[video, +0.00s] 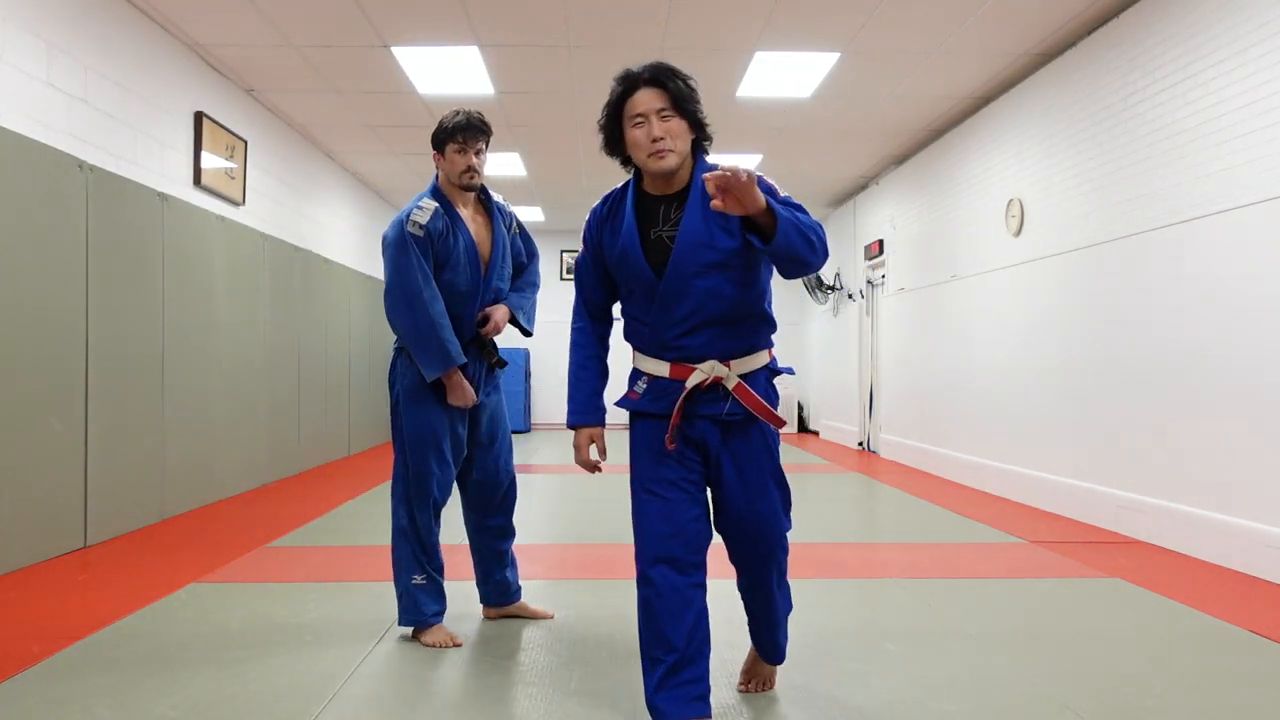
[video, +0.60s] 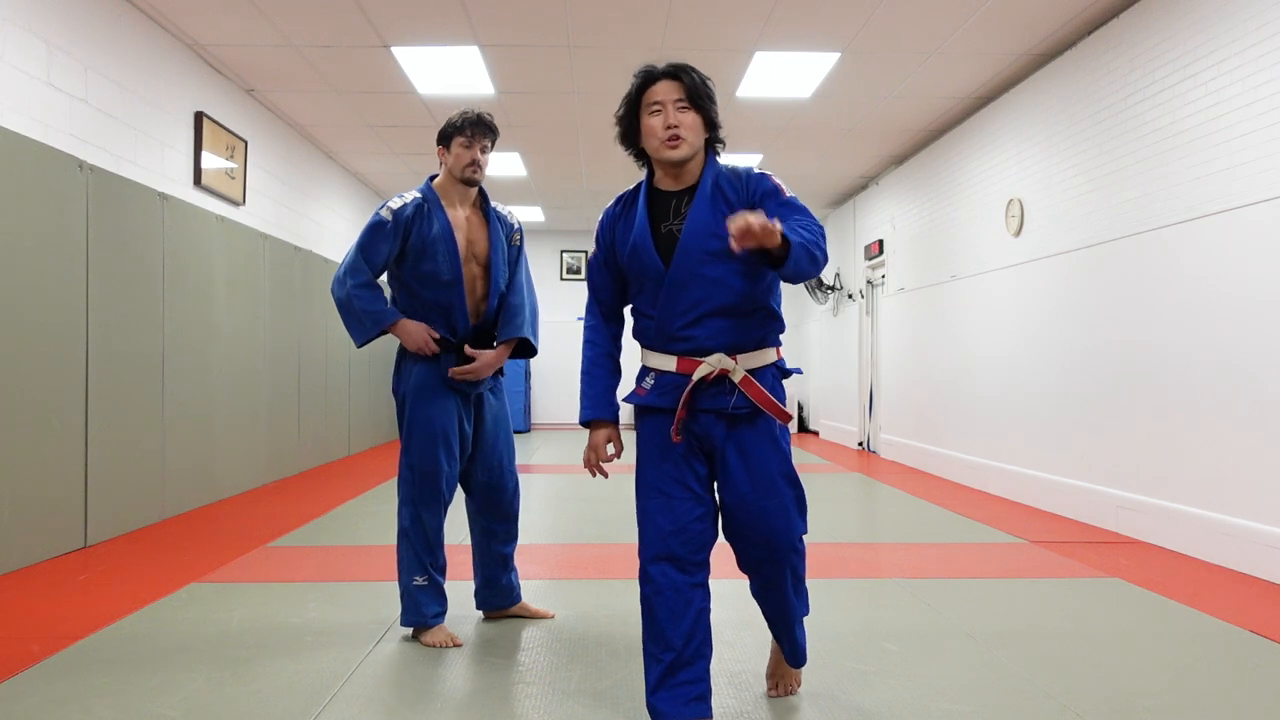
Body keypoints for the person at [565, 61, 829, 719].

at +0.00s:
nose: (656, 129)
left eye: (668, 115)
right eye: (639, 121)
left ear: (693, 126)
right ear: (622, 142)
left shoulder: (740, 189)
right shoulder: (608, 219)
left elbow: (811, 256)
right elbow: (590, 319)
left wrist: (763, 213)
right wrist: (585, 412)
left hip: (743, 395)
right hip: (658, 401)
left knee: (758, 541)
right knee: (666, 566)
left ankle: (767, 648)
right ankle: (678, 708)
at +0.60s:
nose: (671, 120)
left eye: (683, 107)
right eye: (655, 111)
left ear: (707, 121)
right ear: (637, 131)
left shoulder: (750, 187)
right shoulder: (620, 218)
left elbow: (813, 255)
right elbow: (601, 319)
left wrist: (777, 242)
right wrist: (598, 415)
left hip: (750, 390)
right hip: (664, 396)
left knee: (770, 541)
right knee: (669, 563)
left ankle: (787, 645)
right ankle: (679, 709)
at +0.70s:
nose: (690, 122)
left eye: (702, 112)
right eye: (676, 114)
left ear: (726, 129)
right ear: (656, 135)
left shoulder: (762, 196)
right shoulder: (635, 223)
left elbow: (802, 252)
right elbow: (615, 322)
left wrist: (807, 324)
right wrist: (611, 413)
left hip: (757, 390)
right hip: (671, 399)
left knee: (774, 542)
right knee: (672, 562)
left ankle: (788, 652)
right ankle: (679, 709)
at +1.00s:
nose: (720, 151)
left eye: (736, 142)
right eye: (715, 143)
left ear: (771, 156)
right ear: (709, 157)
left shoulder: (811, 234)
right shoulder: (686, 234)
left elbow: (842, 332)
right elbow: (665, 327)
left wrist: (842, 424)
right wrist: (662, 411)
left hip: (787, 409)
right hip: (705, 408)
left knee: (781, 549)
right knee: (700, 547)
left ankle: (774, 662)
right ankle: (694, 688)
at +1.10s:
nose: (729, 150)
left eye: (745, 140)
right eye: (727, 140)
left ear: (781, 154)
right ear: (723, 153)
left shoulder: (818, 231)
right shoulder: (695, 231)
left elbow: (855, 327)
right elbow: (674, 319)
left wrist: (864, 419)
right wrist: (671, 402)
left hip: (787, 406)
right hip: (709, 402)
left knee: (781, 541)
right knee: (695, 535)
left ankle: (775, 661)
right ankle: (698, 674)